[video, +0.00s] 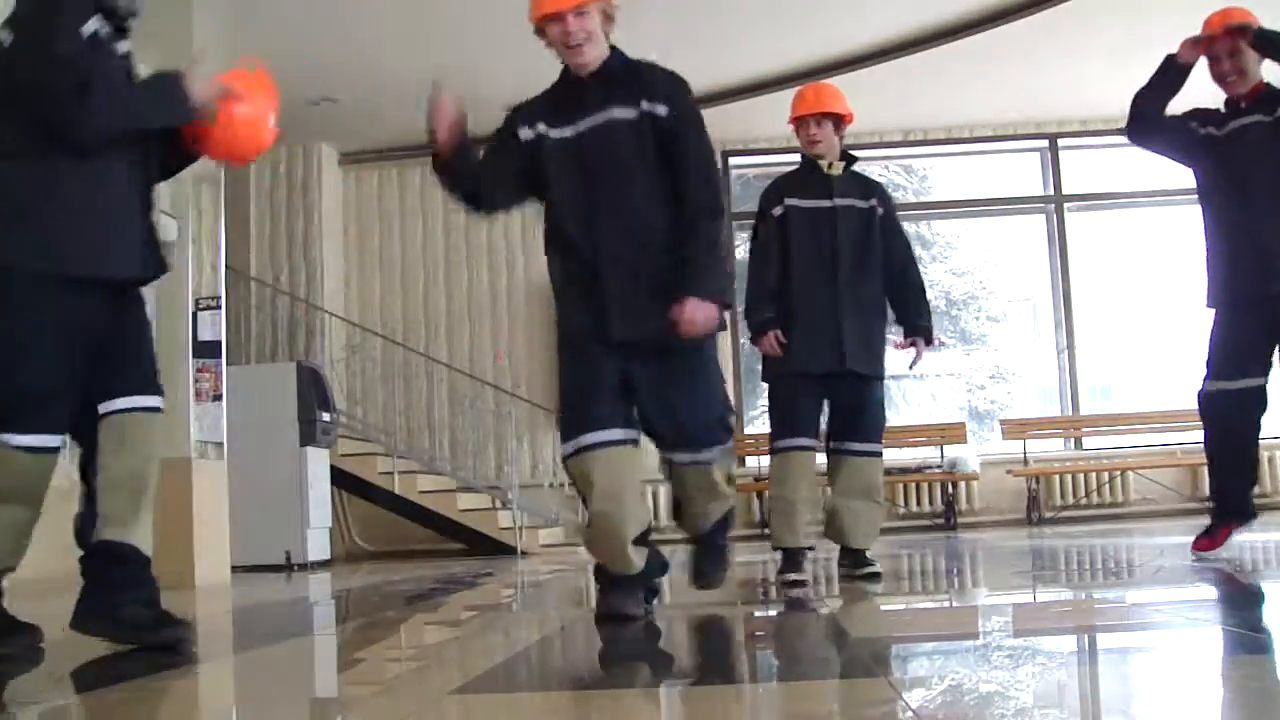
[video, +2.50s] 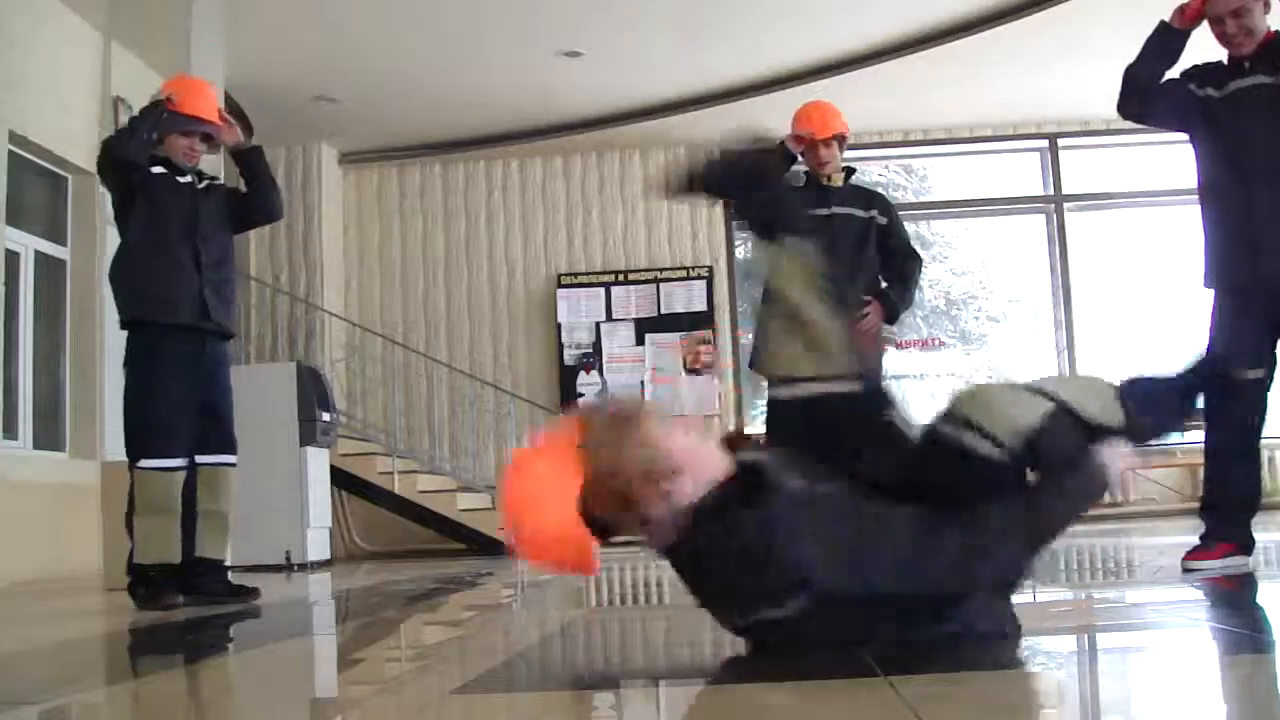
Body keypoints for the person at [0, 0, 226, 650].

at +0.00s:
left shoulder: (100, 37)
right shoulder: (47, 17)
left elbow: (117, 167)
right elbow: (81, 117)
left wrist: (190, 135)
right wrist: (178, 93)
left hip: (106, 268)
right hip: (35, 264)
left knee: (131, 419)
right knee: (27, 439)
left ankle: (116, 590)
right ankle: (0, 602)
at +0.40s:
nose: (104, 37)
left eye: (108, 28)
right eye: (98, 23)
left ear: (80, 23)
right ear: (62, 14)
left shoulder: (68, 87)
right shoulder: (14, 70)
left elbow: (71, 201)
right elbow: (25, 162)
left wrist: (132, 178)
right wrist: (116, 159)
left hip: (52, 294)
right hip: (15, 293)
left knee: (45, 441)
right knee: (12, 439)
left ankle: (19, 582)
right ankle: (6, 593)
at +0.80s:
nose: (119, 90)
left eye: (122, 80)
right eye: (116, 77)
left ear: (75, 66)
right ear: (89, 66)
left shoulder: (27, 111)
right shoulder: (57, 115)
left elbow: (78, 207)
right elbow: (77, 194)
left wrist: (148, 186)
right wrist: (153, 173)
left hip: (18, 313)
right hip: (53, 314)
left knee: (16, 450)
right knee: (94, 439)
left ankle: (4, 583)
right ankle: (86, 580)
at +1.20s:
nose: (175, 96)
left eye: (177, 87)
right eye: (167, 84)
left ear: (153, 88)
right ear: (136, 84)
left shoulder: (128, 139)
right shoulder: (120, 138)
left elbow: (149, 228)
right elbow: (132, 228)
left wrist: (223, 213)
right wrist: (211, 205)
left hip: (110, 327)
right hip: (115, 329)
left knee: (104, 446)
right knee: (129, 454)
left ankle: (26, 546)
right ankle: (140, 587)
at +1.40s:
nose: (193, 108)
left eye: (197, 99)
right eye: (185, 97)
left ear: (186, 103)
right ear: (158, 96)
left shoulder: (163, 152)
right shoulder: (131, 145)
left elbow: (187, 234)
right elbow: (152, 218)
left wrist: (253, 199)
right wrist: (226, 181)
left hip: (157, 322)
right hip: (135, 321)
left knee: (157, 444)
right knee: (143, 450)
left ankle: (107, 557)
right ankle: (140, 582)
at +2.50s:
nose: (196, 146)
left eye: (205, 140)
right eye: (187, 134)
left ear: (212, 146)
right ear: (160, 130)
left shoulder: (217, 196)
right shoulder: (137, 178)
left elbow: (269, 207)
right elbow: (117, 155)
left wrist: (244, 148)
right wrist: (157, 113)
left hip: (211, 338)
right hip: (157, 334)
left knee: (213, 455)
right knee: (160, 456)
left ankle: (205, 571)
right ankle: (152, 574)